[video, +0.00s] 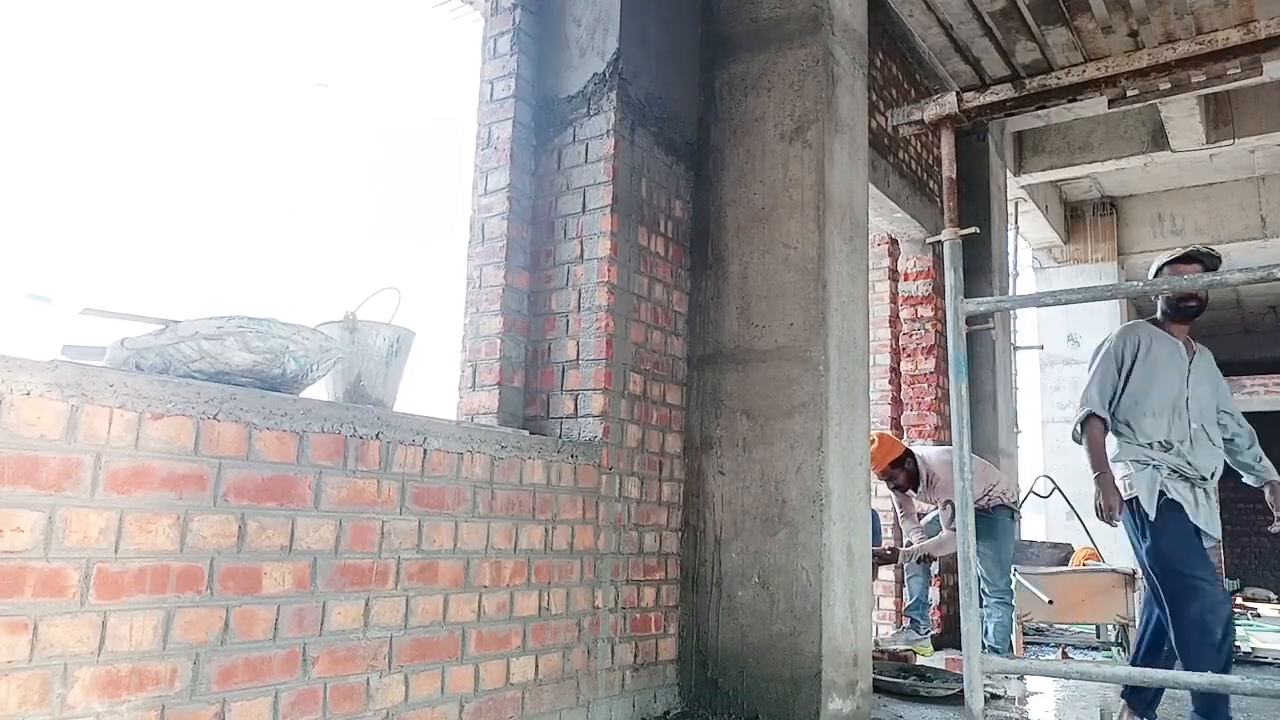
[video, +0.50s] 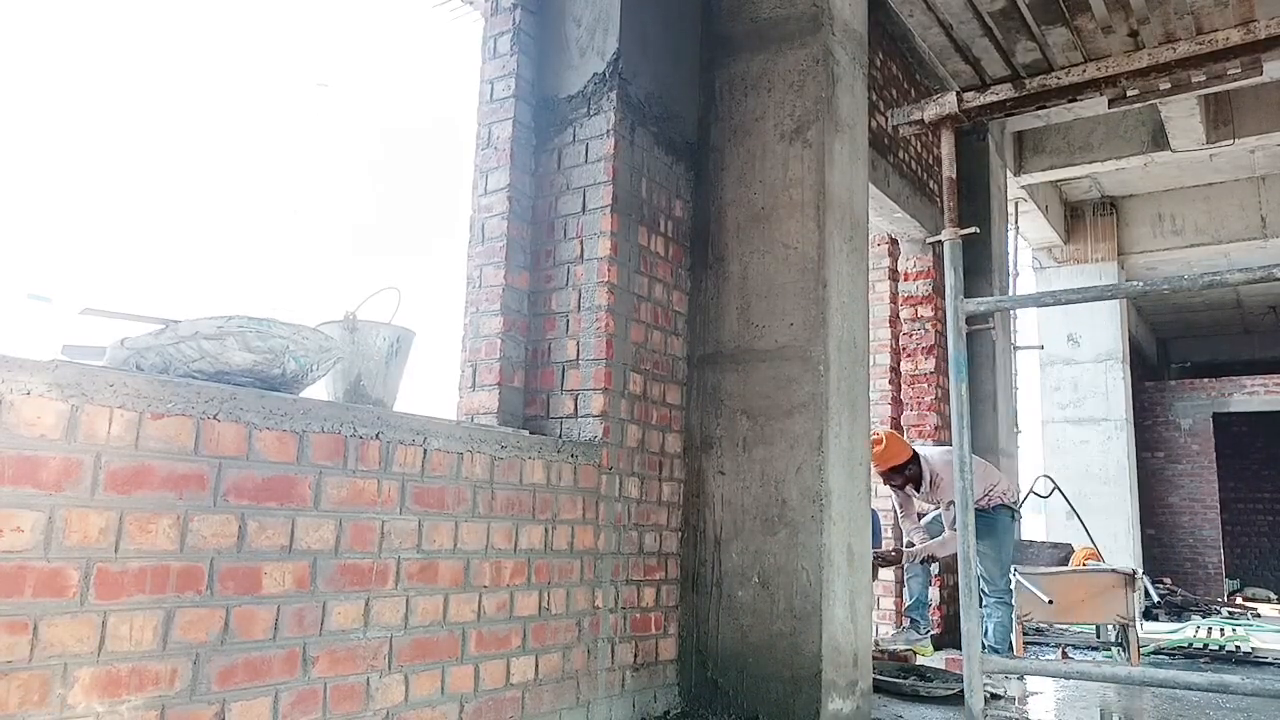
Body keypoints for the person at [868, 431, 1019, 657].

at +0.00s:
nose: (890, 486)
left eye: (892, 478)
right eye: (885, 481)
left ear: (908, 463)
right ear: (879, 476)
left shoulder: (943, 474)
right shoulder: (897, 479)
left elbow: (955, 537)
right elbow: (907, 516)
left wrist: (903, 555)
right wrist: (922, 545)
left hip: (993, 507)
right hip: (956, 508)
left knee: (996, 588)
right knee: (914, 548)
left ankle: (996, 661)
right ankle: (918, 628)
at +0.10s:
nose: (891, 486)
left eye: (892, 478)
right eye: (885, 481)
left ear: (908, 464)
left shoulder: (943, 472)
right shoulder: (898, 479)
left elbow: (956, 538)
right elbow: (909, 519)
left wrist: (903, 556)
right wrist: (923, 546)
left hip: (995, 508)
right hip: (956, 509)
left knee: (996, 590)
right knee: (915, 547)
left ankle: (996, 663)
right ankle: (918, 628)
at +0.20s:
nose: (892, 486)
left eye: (893, 479)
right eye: (887, 482)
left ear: (909, 464)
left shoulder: (944, 473)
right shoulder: (899, 479)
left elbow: (956, 538)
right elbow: (908, 519)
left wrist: (905, 556)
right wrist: (925, 547)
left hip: (994, 507)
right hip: (956, 509)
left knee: (995, 589)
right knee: (914, 547)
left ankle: (996, 661)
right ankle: (917, 627)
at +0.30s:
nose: (891, 486)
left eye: (893, 478)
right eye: (886, 481)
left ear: (909, 464)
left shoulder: (943, 472)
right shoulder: (898, 478)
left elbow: (955, 539)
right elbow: (907, 517)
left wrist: (904, 556)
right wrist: (923, 545)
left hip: (994, 507)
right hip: (956, 509)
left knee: (995, 589)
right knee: (914, 548)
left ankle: (997, 663)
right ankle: (918, 628)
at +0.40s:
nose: (892, 486)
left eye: (894, 479)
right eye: (887, 481)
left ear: (910, 464)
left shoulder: (944, 472)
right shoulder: (899, 479)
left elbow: (955, 539)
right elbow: (907, 518)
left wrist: (905, 556)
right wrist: (924, 546)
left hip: (994, 507)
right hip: (956, 509)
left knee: (994, 588)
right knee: (913, 548)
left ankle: (997, 661)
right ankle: (918, 628)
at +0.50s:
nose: (885, 482)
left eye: (889, 475)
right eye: (882, 476)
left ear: (906, 467)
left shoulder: (945, 473)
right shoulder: (898, 477)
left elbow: (956, 539)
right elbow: (907, 518)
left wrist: (907, 555)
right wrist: (925, 544)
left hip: (994, 507)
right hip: (957, 510)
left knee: (995, 588)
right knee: (914, 547)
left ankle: (997, 663)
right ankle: (918, 628)